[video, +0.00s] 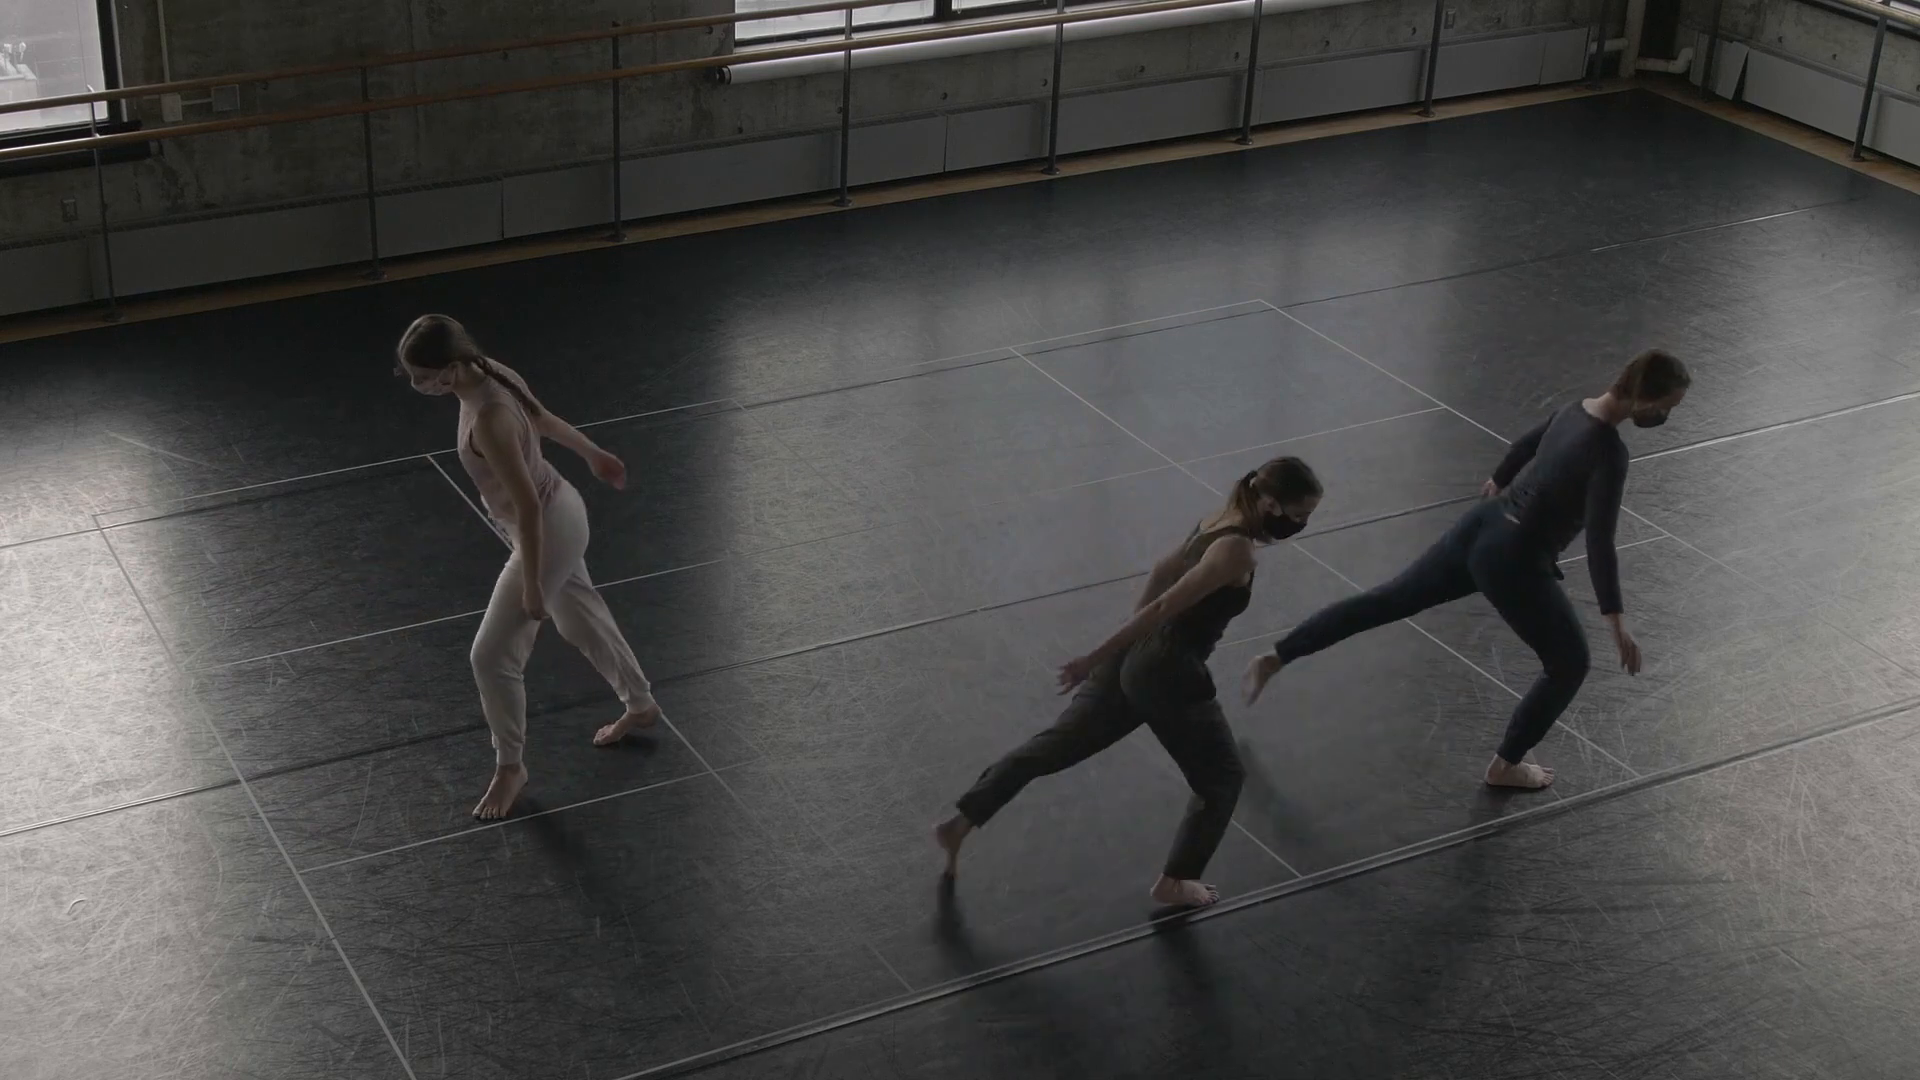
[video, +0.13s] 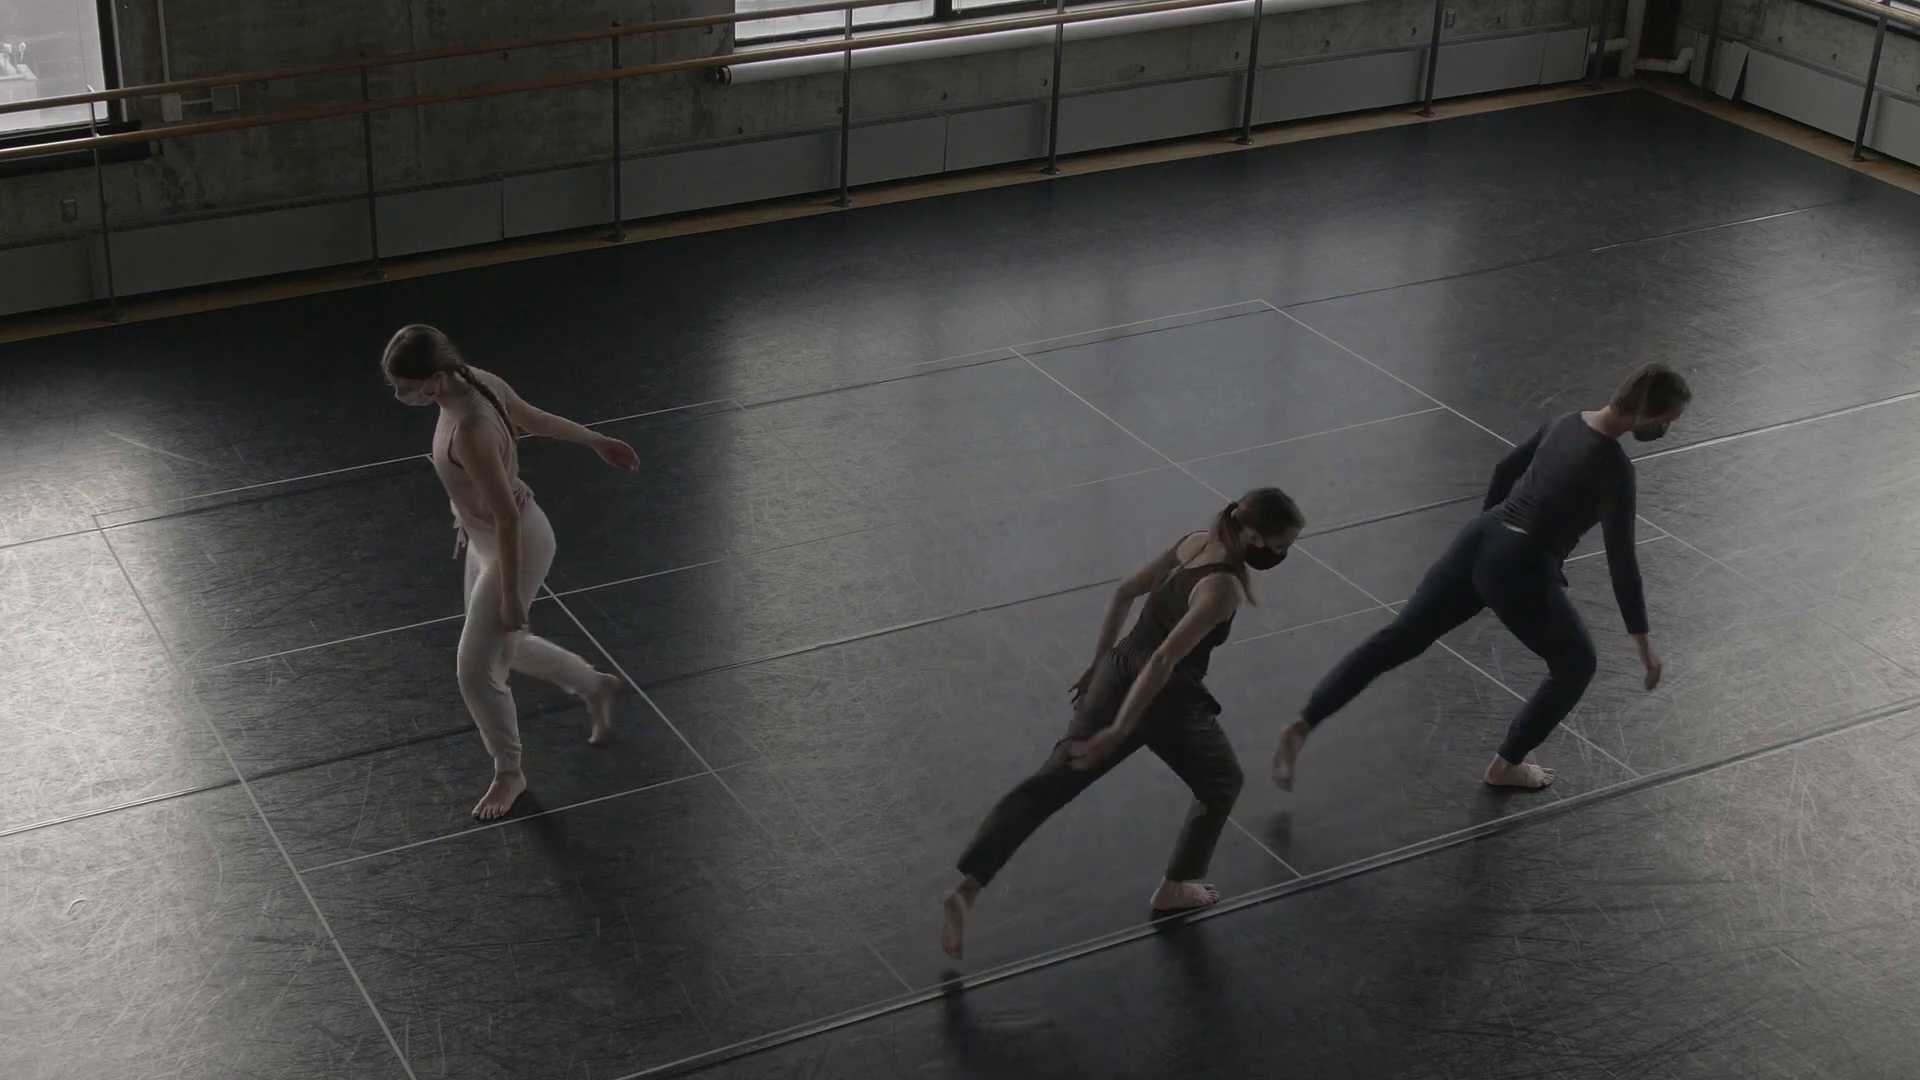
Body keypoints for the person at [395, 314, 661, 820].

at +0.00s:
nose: (422, 388)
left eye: (426, 378)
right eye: (416, 380)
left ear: (451, 365)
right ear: (452, 359)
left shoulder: (490, 422)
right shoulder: (489, 373)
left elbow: (527, 506)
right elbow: (540, 419)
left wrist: (531, 584)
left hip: (541, 535)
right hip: (558, 506)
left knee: (491, 655)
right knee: (582, 613)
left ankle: (510, 769)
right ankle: (640, 702)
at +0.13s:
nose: (402, 397)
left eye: (407, 389)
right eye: (398, 389)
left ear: (434, 378)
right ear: (436, 369)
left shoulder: (472, 434)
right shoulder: (473, 379)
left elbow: (507, 512)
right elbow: (532, 420)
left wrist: (511, 593)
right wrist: (596, 440)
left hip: (513, 549)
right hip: (482, 537)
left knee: (476, 674)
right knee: (501, 644)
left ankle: (508, 772)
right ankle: (594, 684)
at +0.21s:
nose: (391, 408)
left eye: (397, 401)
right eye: (386, 400)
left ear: (428, 387)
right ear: (427, 380)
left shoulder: (459, 441)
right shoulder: (455, 387)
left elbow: (497, 521)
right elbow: (511, 417)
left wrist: (500, 602)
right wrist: (568, 429)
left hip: (498, 556)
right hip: (461, 539)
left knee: (469, 678)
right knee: (425, 642)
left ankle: (509, 774)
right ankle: (514, 683)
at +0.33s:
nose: (372, 425)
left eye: (380, 418)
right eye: (366, 416)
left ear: (406, 400)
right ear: (361, 397)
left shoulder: (444, 444)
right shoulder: (397, 409)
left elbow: (485, 523)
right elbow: (429, 415)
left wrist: (490, 605)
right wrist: (470, 425)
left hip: (474, 562)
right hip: (427, 546)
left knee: (463, 684)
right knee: (374, 643)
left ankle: (507, 774)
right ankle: (372, 719)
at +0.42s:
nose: (364, 431)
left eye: (374, 424)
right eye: (356, 422)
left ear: (394, 407)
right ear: (345, 405)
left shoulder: (424, 434)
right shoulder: (340, 414)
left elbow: (473, 514)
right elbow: (373, 463)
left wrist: (485, 594)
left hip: (455, 552)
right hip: (395, 544)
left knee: (469, 677)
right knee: (351, 651)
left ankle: (509, 773)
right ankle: (302, 729)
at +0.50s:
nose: (356, 446)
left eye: (363, 439)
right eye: (347, 440)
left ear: (376, 418)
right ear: (328, 420)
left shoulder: (401, 433)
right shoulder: (307, 431)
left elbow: (451, 503)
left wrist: (472, 575)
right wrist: (297, 468)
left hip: (424, 530)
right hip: (359, 536)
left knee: (479, 645)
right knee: (327, 645)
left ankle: (520, 761)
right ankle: (299, 735)